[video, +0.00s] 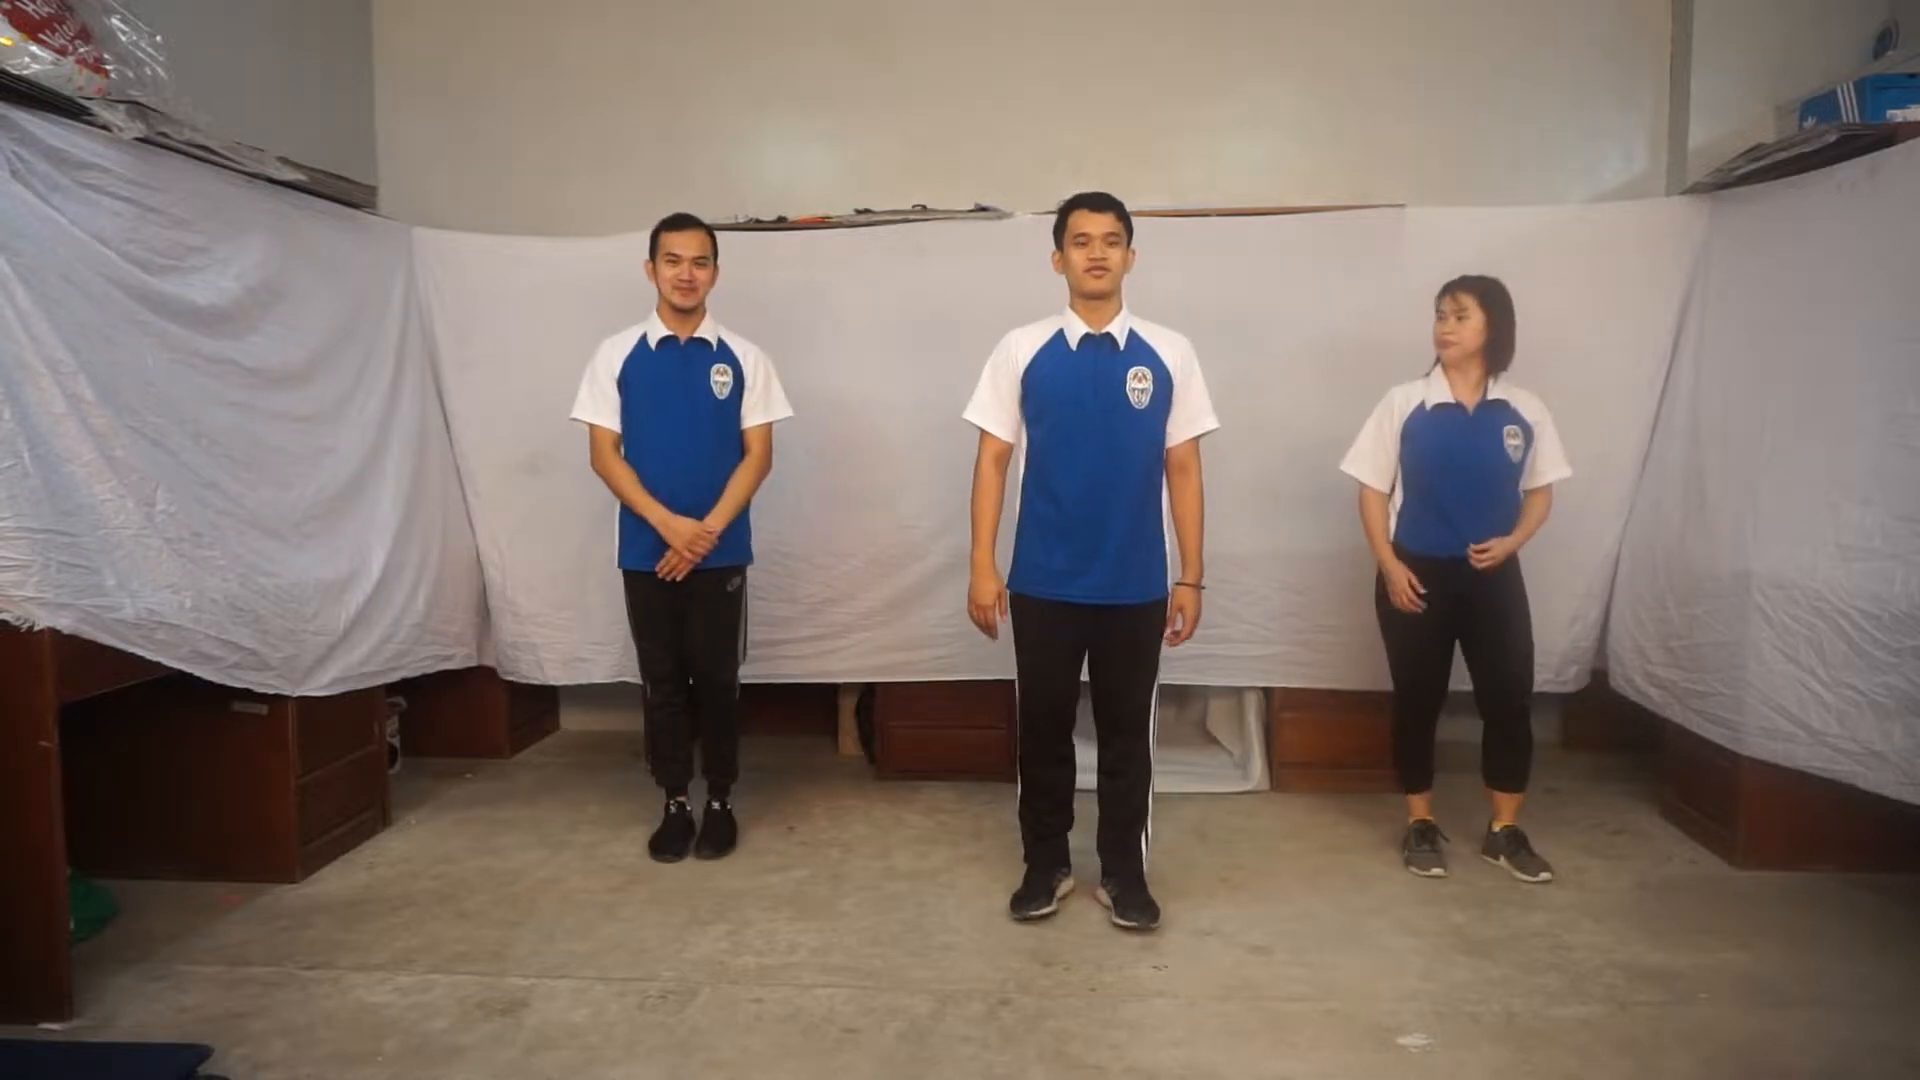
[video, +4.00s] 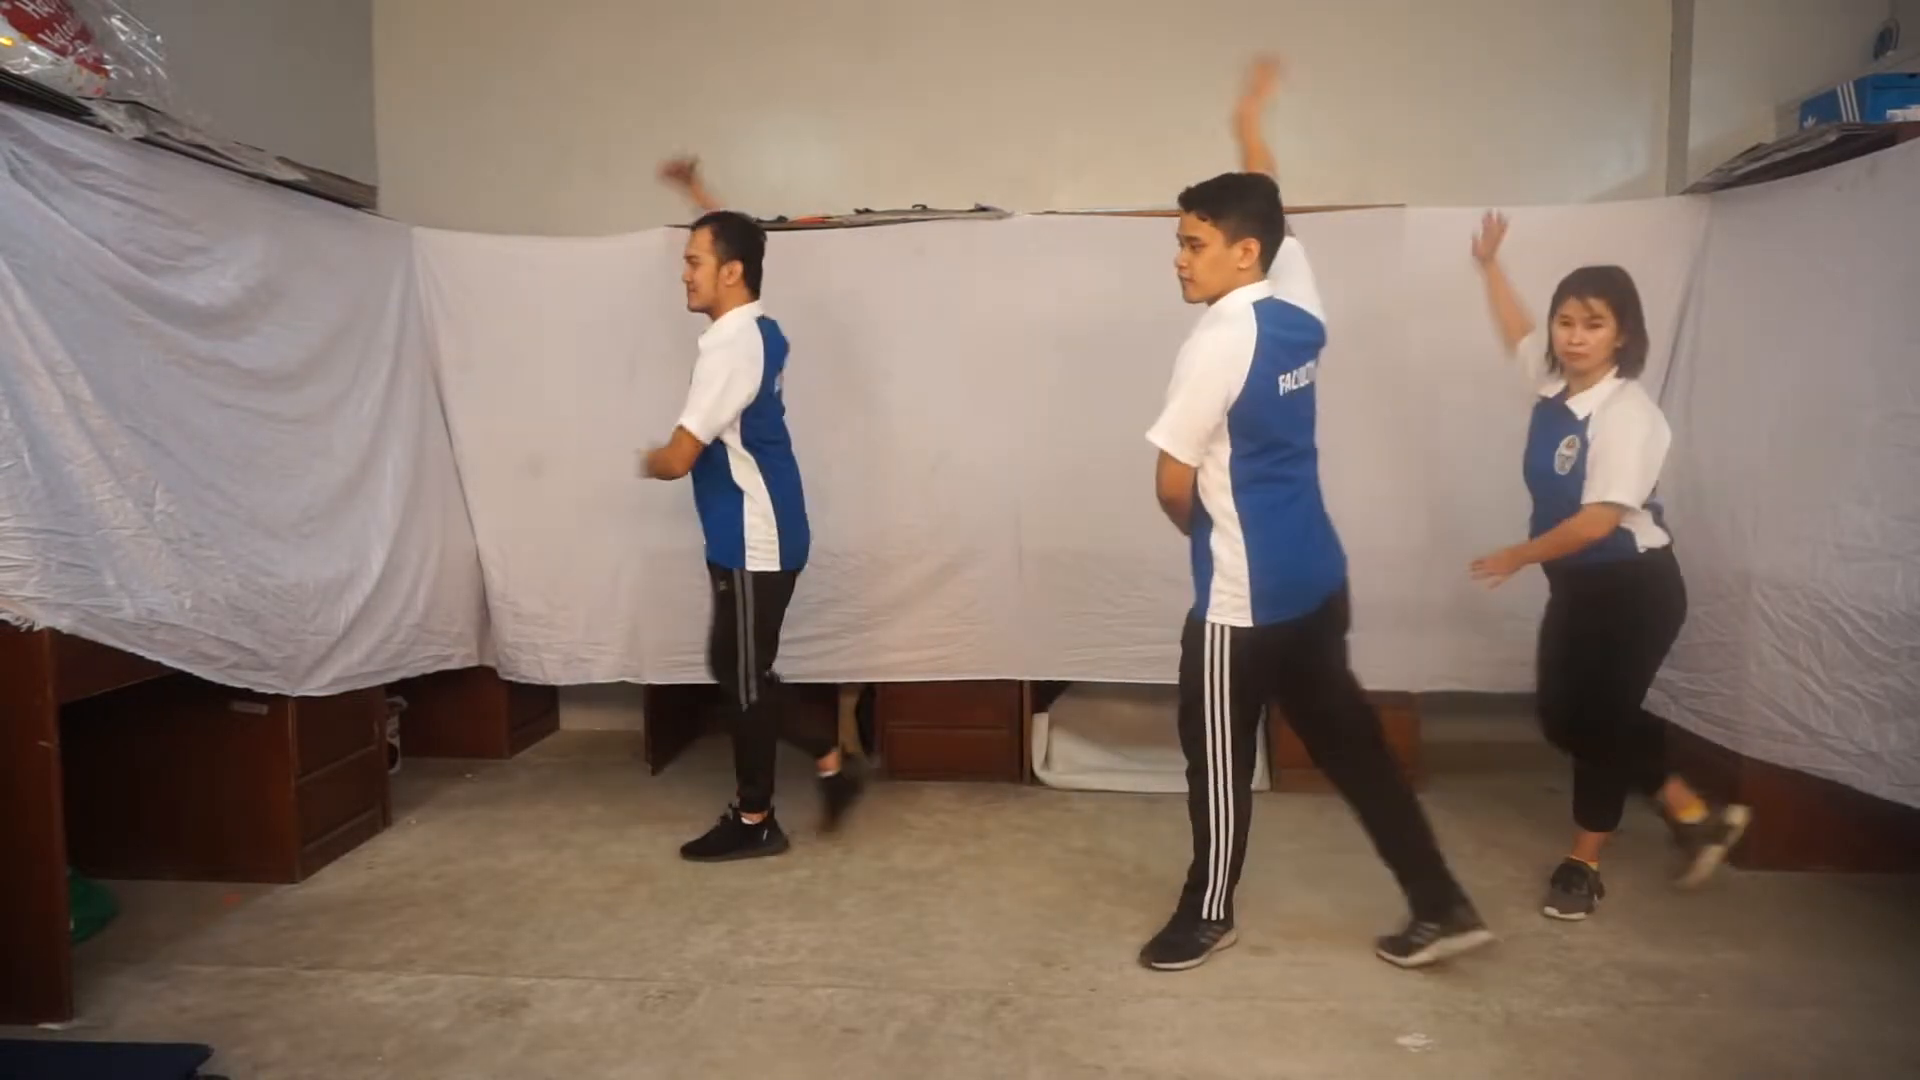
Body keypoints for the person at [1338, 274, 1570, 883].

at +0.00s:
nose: (1445, 325)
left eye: (1461, 316)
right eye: (1440, 316)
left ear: (1494, 329)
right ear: (1433, 327)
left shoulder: (1524, 410)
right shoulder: (1403, 402)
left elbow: (1540, 494)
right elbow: (1371, 489)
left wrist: (1513, 541)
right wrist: (1388, 562)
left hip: (1492, 578)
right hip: (1415, 576)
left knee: (1510, 700)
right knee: (1417, 700)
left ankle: (1505, 828)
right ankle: (1420, 824)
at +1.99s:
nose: (1526, 319)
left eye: (1535, 309)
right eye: (1510, 308)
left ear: (1547, 322)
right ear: (1480, 320)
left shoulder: (1565, 402)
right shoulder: (1449, 401)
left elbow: (1582, 498)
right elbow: (1426, 504)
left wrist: (1601, 575)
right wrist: (1429, 589)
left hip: (1546, 586)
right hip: (1470, 584)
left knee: (1543, 716)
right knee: (1466, 717)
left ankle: (1527, 844)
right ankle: (1455, 845)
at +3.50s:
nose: (1518, 312)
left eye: (1528, 303)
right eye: (1503, 304)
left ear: (1545, 319)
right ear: (1476, 322)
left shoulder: (1567, 401)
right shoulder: (1451, 400)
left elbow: (1609, 483)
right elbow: (1432, 499)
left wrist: (1669, 537)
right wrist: (1509, 512)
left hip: (1546, 587)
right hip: (1462, 587)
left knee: (1557, 713)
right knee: (1465, 715)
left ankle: (1564, 850)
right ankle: (1461, 848)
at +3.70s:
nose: (1534, 321)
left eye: (1547, 310)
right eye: (1519, 312)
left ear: (1568, 323)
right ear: (1498, 329)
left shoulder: (1606, 399)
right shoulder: (1474, 409)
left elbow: (1650, 481)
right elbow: (1435, 504)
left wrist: (1688, 526)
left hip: (1580, 590)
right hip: (1491, 587)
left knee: (1569, 725)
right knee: (1480, 718)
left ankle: (1579, 862)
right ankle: (1460, 851)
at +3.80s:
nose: (1549, 324)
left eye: (1563, 312)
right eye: (1535, 314)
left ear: (1587, 323)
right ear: (1516, 327)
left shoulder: (1619, 396)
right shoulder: (1495, 405)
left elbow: (1659, 494)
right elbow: (1424, 466)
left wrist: (1605, 554)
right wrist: (1392, 401)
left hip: (1602, 587)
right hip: (1515, 584)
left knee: (1585, 723)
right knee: (1493, 713)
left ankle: (1581, 861)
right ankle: (1466, 849)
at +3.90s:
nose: (1565, 328)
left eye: (1581, 316)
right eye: (1552, 317)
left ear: (1610, 328)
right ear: (1537, 328)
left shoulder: (1630, 409)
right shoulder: (1523, 396)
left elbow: (1627, 512)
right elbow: (1462, 407)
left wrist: (1527, 564)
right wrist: (1440, 336)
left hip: (1622, 584)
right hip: (1547, 583)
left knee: (1596, 712)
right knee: (1514, 710)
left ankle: (1582, 857)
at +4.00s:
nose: (1575, 334)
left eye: (1592, 323)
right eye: (1567, 322)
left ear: (1622, 334)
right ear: (1552, 333)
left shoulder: (1630, 413)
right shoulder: (1553, 386)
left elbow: (1598, 520)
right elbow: (1520, 333)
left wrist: (1521, 554)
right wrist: (1489, 265)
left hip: (1633, 583)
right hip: (1575, 581)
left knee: (1602, 717)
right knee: (1562, 712)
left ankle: (1584, 860)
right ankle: (1696, 816)